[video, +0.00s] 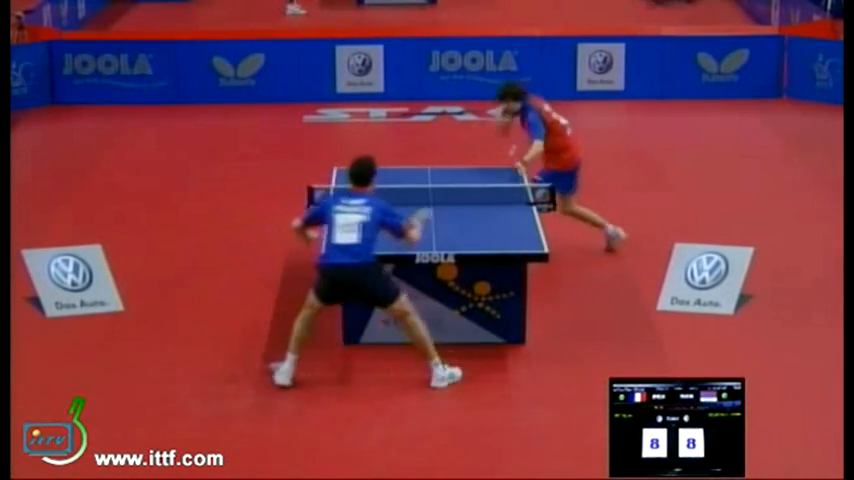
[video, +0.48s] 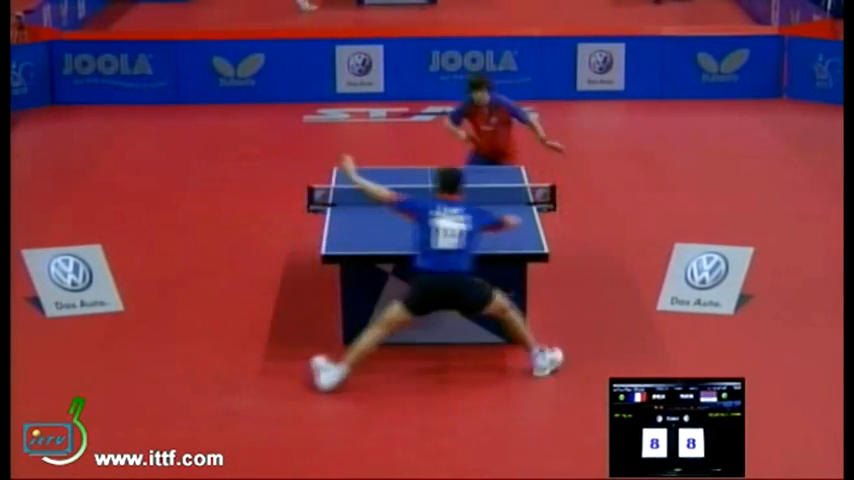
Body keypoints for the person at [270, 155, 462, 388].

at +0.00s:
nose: (371, 181)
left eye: (361, 176)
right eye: (372, 178)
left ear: (350, 178)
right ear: (372, 180)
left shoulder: (333, 201)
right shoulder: (376, 205)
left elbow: (298, 225)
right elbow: (411, 236)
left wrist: (309, 241)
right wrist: (415, 225)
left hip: (331, 270)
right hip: (364, 270)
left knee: (308, 312)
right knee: (405, 314)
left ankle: (288, 367)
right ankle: (438, 368)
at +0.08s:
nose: (381, 182)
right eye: (383, 179)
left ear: (361, 180)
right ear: (384, 182)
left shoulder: (343, 203)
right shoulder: (388, 207)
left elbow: (310, 227)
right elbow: (422, 237)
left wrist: (324, 237)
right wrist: (424, 230)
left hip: (343, 272)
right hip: (377, 272)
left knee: (317, 310)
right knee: (417, 309)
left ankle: (303, 367)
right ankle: (439, 368)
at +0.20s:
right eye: (392, 183)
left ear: (370, 183)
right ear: (393, 186)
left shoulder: (351, 207)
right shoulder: (398, 212)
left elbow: (316, 226)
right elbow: (428, 240)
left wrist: (333, 227)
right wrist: (434, 238)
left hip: (356, 282)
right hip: (392, 279)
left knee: (324, 314)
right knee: (438, 300)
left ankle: (313, 375)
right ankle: (447, 364)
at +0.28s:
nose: (401, 191)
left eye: (392, 186)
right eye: (403, 187)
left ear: (380, 186)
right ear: (404, 190)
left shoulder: (362, 211)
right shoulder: (410, 216)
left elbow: (328, 217)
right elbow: (441, 239)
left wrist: (325, 212)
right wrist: (447, 236)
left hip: (368, 285)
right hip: (406, 283)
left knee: (330, 314)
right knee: (456, 298)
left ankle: (313, 374)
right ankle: (472, 359)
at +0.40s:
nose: (428, 188)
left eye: (421, 183)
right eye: (432, 184)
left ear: (412, 185)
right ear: (436, 188)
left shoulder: (396, 206)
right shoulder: (445, 215)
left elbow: (358, 197)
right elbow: (484, 230)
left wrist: (336, 181)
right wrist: (476, 223)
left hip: (399, 283)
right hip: (436, 283)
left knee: (356, 321)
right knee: (484, 311)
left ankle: (319, 374)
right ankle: (527, 355)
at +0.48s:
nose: (448, 191)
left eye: (442, 187)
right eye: (454, 187)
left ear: (437, 188)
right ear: (461, 189)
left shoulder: (425, 208)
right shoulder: (472, 214)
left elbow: (386, 197)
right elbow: (509, 224)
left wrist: (354, 177)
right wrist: (501, 223)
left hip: (426, 284)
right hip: (463, 284)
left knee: (382, 325)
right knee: (506, 310)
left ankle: (338, 372)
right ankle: (539, 357)